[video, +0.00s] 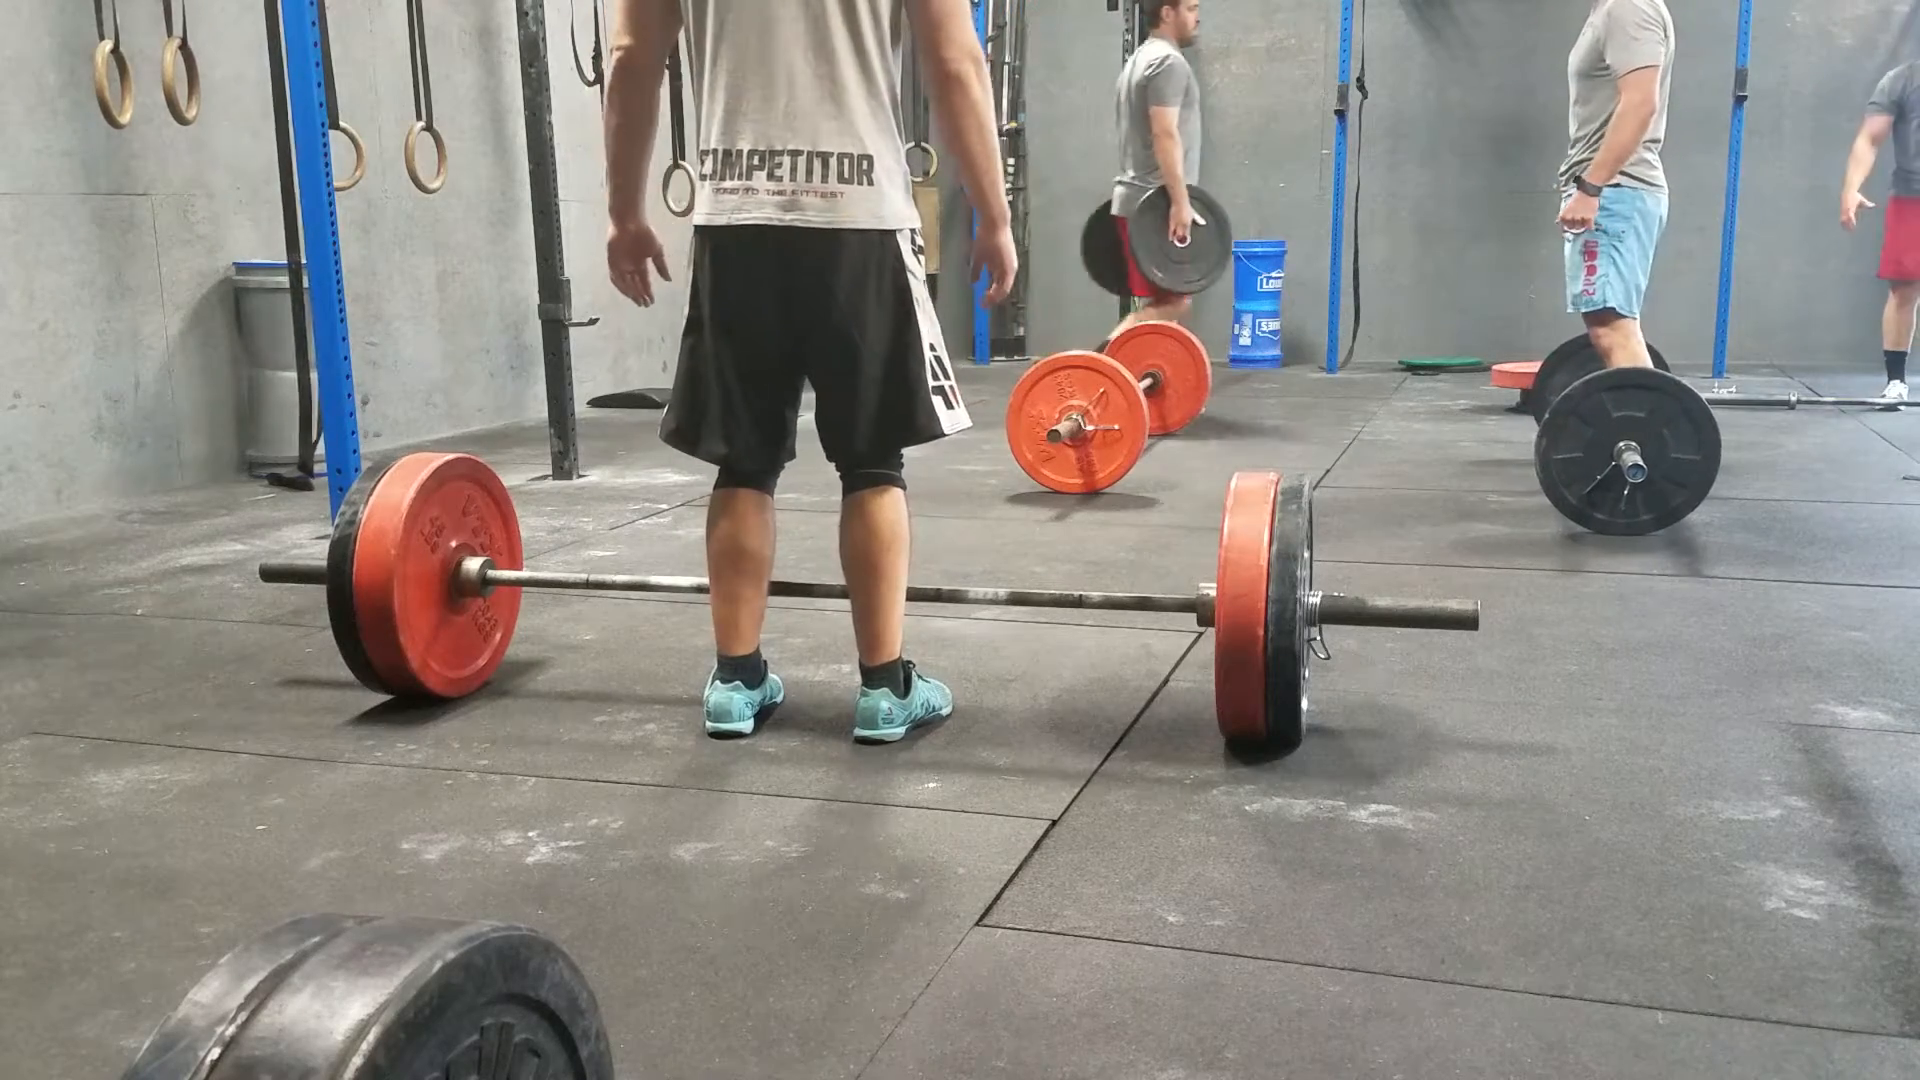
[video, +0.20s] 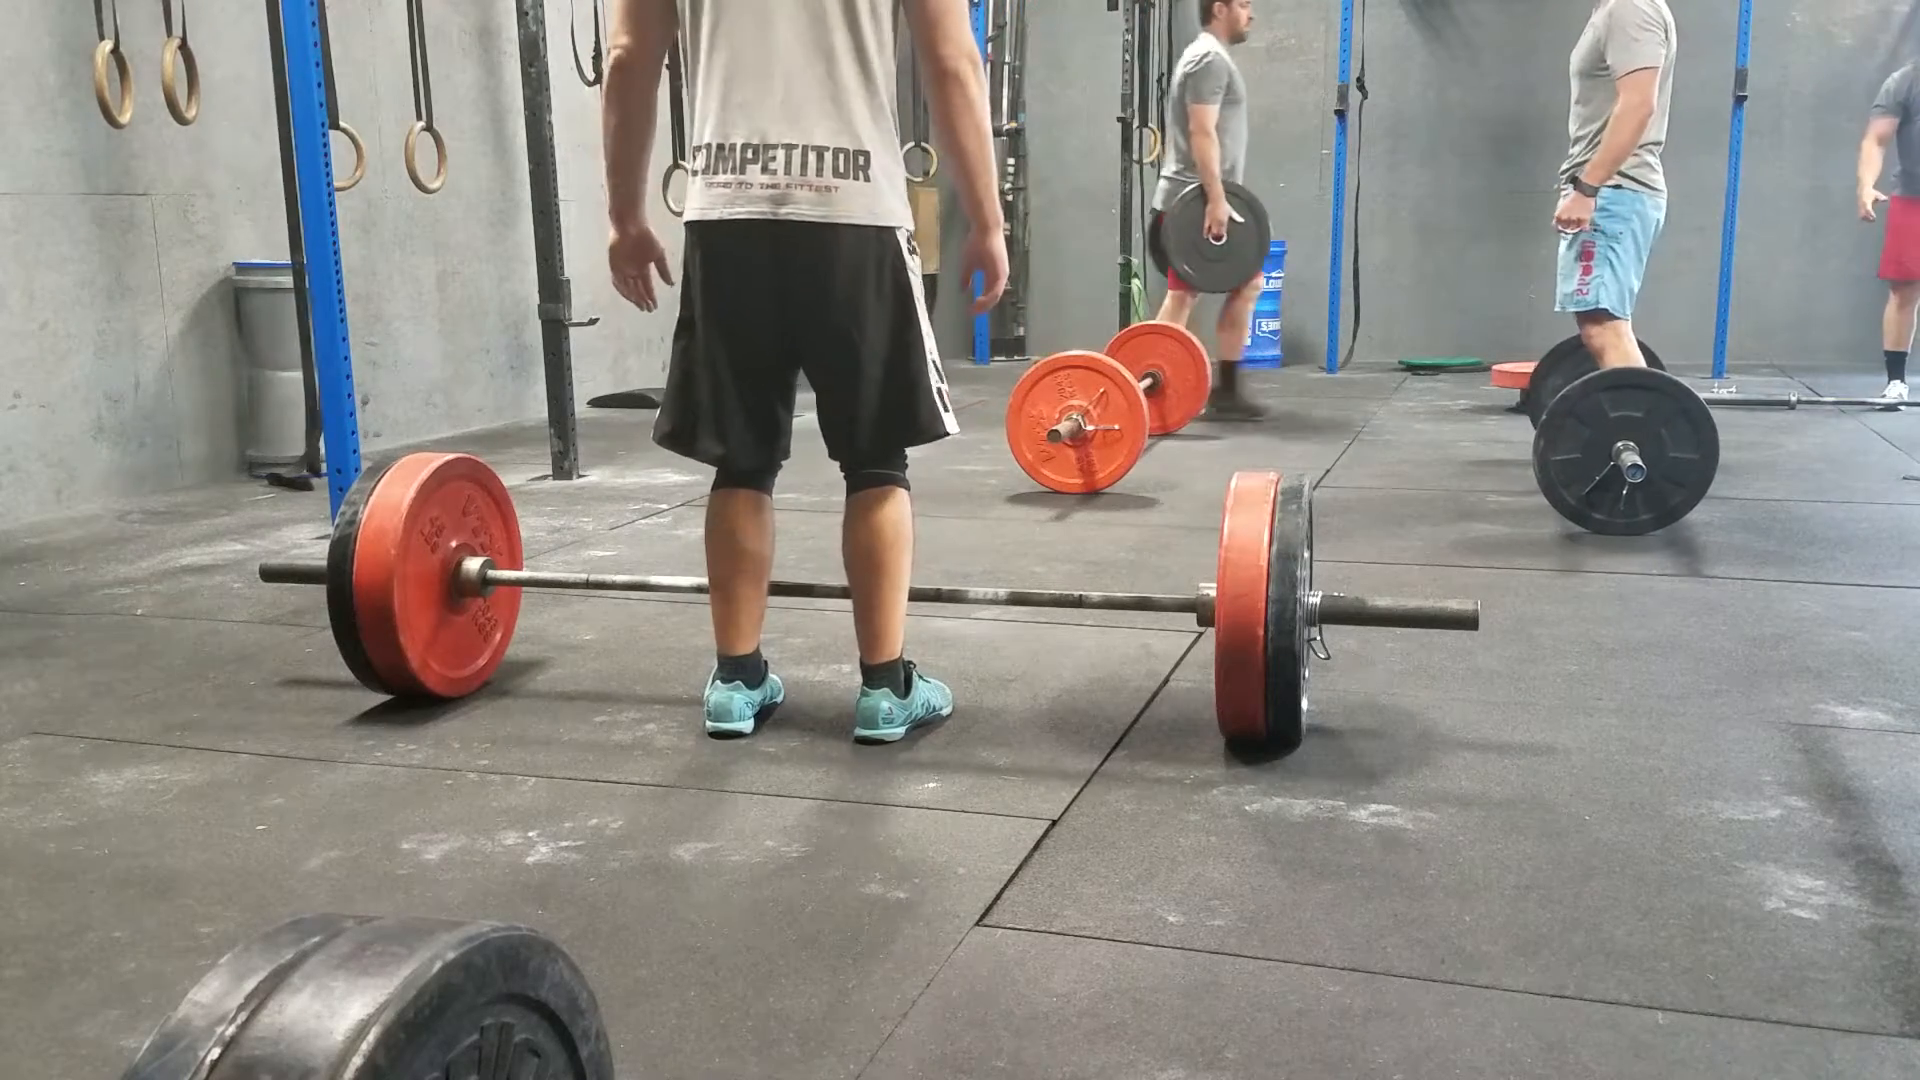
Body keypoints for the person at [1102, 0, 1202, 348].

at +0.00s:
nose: (1198, 17)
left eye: (1197, 9)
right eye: (1191, 8)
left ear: (1166, 15)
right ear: (1167, 13)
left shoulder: (1139, 59)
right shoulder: (1167, 60)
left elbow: (1134, 139)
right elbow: (1164, 135)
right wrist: (1180, 201)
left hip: (1133, 200)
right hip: (1153, 203)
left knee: (1157, 304)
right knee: (1174, 304)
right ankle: (1105, 366)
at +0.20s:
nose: (1250, 14)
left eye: (1250, 6)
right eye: (1245, 6)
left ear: (1218, 11)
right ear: (1221, 9)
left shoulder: (1198, 55)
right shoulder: (1210, 58)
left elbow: (1192, 135)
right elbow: (1202, 134)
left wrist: (1214, 196)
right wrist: (1216, 198)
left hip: (1182, 198)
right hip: (1200, 199)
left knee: (1181, 291)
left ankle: (1145, 384)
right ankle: (1228, 391)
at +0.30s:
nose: (1278, 18)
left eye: (1278, 9)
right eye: (1272, 9)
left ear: (1248, 15)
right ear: (1248, 13)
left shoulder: (1233, 58)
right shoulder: (1238, 62)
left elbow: (1224, 138)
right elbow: (1225, 138)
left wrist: (1240, 201)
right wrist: (1235, 205)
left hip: (1208, 200)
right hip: (1226, 202)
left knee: (1190, 296)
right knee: (1263, 292)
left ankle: (1151, 382)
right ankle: (1295, 390)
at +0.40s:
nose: (1308, 19)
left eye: (1308, 11)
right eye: (1302, 10)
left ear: (1279, 16)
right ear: (1278, 15)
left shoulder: (1262, 62)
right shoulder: (1269, 66)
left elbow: (1254, 143)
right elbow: (1252, 143)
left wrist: (1266, 208)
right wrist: (1256, 212)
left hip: (1243, 202)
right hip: (1262, 205)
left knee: (1219, 298)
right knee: (1294, 295)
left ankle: (1159, 373)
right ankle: (1309, 396)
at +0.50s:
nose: (1339, 13)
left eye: (1337, 5)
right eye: (1331, 5)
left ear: (1307, 12)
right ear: (1306, 10)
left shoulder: (1300, 58)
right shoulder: (1295, 62)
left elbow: (1289, 138)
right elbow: (1279, 140)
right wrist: (1282, 209)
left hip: (1292, 198)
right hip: (1299, 202)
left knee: (1274, 297)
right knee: (1320, 291)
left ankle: (1206, 357)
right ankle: (1311, 395)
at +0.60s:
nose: (1365, 8)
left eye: (1363, 2)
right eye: (1357, 1)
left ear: (1333, 9)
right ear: (1332, 6)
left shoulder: (1331, 54)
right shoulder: (1319, 58)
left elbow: (1320, 135)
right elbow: (1305, 136)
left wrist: (1336, 196)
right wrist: (1311, 204)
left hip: (1331, 195)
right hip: (1318, 198)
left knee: (1341, 285)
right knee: (1326, 292)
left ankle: (1264, 354)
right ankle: (1312, 396)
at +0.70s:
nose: (1391, 7)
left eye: (1391, 1)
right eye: (1385, 1)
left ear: (1361, 6)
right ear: (1358, 4)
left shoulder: (1358, 52)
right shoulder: (1344, 54)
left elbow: (1350, 134)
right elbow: (1331, 133)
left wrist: (1364, 198)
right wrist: (1340, 202)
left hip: (1358, 196)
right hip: (1336, 199)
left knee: (1381, 282)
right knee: (1332, 294)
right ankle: (1312, 394)